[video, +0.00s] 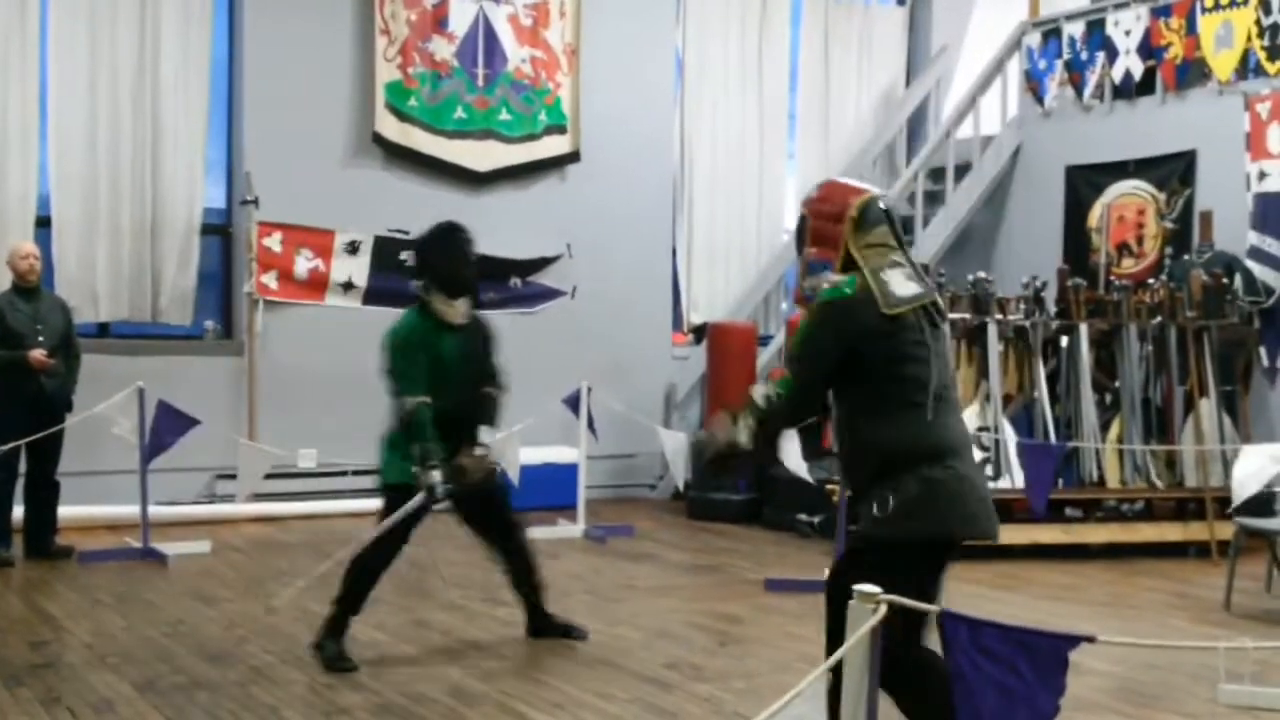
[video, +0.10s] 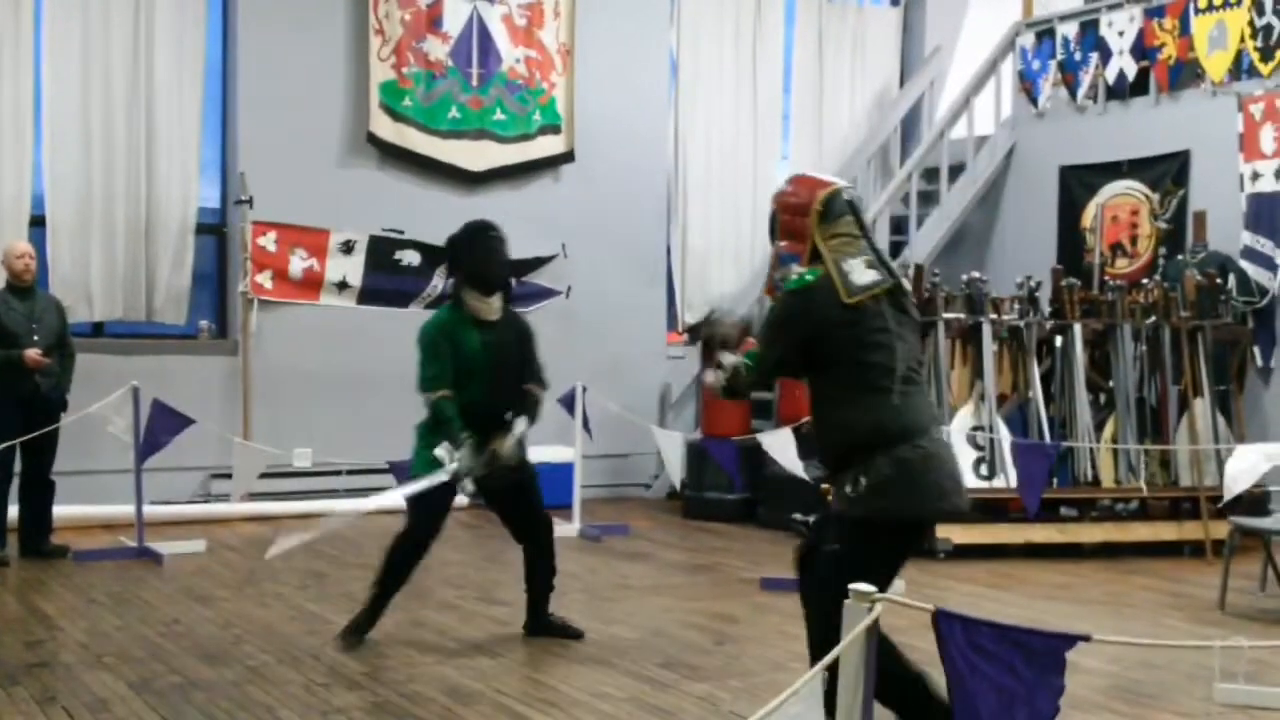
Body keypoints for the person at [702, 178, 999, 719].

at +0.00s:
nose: (806, 251)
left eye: (812, 238)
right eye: (806, 238)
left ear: (835, 240)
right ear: (873, 234)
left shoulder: (843, 303)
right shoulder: (912, 293)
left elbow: (798, 392)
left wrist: (748, 423)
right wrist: (769, 401)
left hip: (905, 501)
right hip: (947, 494)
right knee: (896, 644)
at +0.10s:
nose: (779, 245)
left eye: (784, 232)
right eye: (779, 232)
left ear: (803, 232)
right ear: (840, 225)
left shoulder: (807, 295)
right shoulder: (884, 282)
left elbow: (758, 371)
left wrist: (730, 377)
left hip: (883, 480)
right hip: (924, 470)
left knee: (832, 596)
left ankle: (929, 709)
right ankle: (842, 704)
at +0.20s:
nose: (766, 249)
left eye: (770, 238)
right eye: (766, 237)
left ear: (788, 241)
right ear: (826, 235)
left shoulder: (789, 304)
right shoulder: (861, 292)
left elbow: (737, 369)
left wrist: (714, 363)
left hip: (850, 484)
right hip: (895, 476)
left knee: (830, 618)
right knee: (798, 562)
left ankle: (926, 715)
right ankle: (801, 673)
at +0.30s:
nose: (759, 258)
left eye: (764, 249)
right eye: (758, 248)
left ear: (783, 258)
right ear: (826, 253)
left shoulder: (776, 317)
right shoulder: (850, 309)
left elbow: (719, 367)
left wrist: (705, 351)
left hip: (825, 494)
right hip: (871, 485)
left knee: (818, 629)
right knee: (804, 593)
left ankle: (916, 714)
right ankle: (780, 677)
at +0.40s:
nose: (741, 269)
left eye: (746, 259)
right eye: (741, 259)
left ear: (765, 263)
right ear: (800, 262)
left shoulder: (763, 317)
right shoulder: (823, 315)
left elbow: (703, 365)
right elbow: (764, 390)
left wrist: (673, 360)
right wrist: (701, 366)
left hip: (816, 491)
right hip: (846, 483)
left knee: (818, 633)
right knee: (766, 556)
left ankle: (920, 712)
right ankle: (772, 675)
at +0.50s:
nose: (728, 274)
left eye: (732, 265)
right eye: (729, 265)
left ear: (747, 268)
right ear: (779, 267)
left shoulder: (754, 321)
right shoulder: (805, 315)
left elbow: (707, 370)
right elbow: (739, 359)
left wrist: (667, 367)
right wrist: (691, 349)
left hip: (817, 488)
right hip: (838, 482)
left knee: (814, 621)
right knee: (754, 549)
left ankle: (917, 711)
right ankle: (774, 671)